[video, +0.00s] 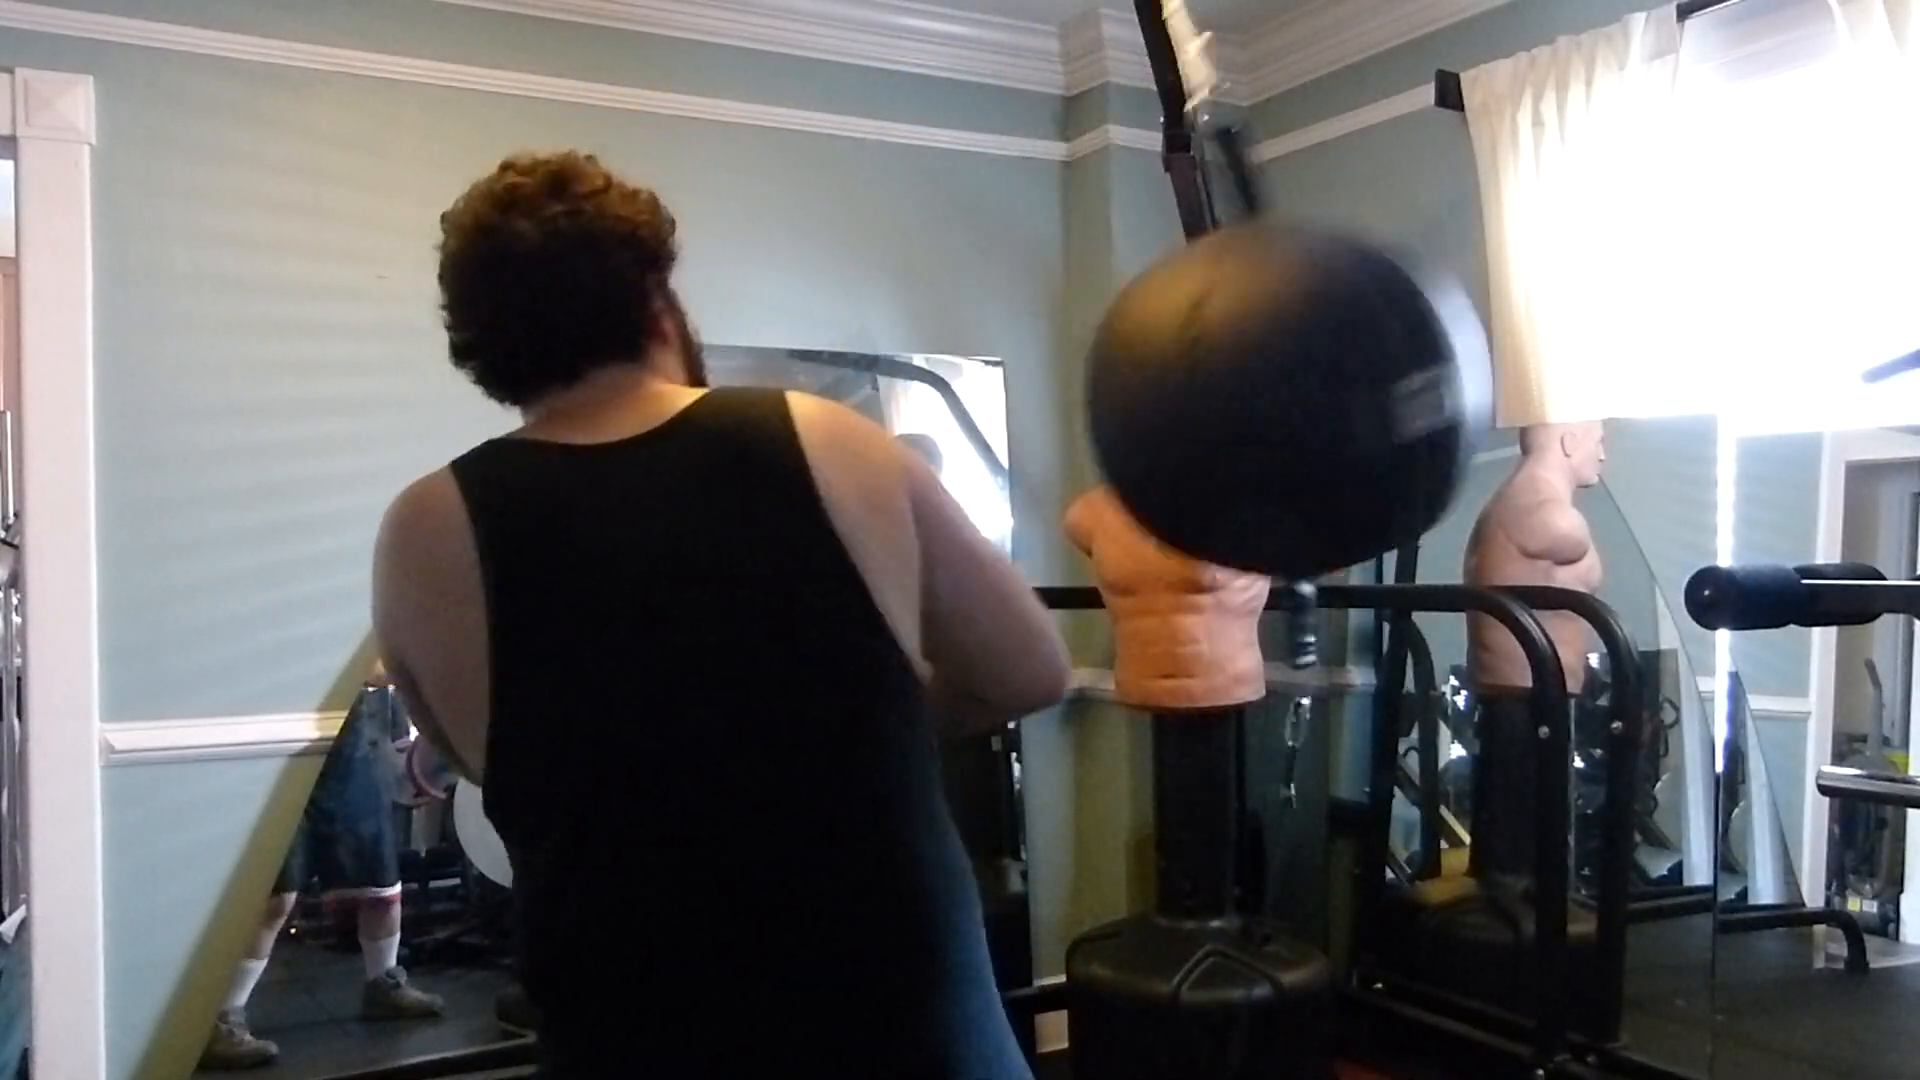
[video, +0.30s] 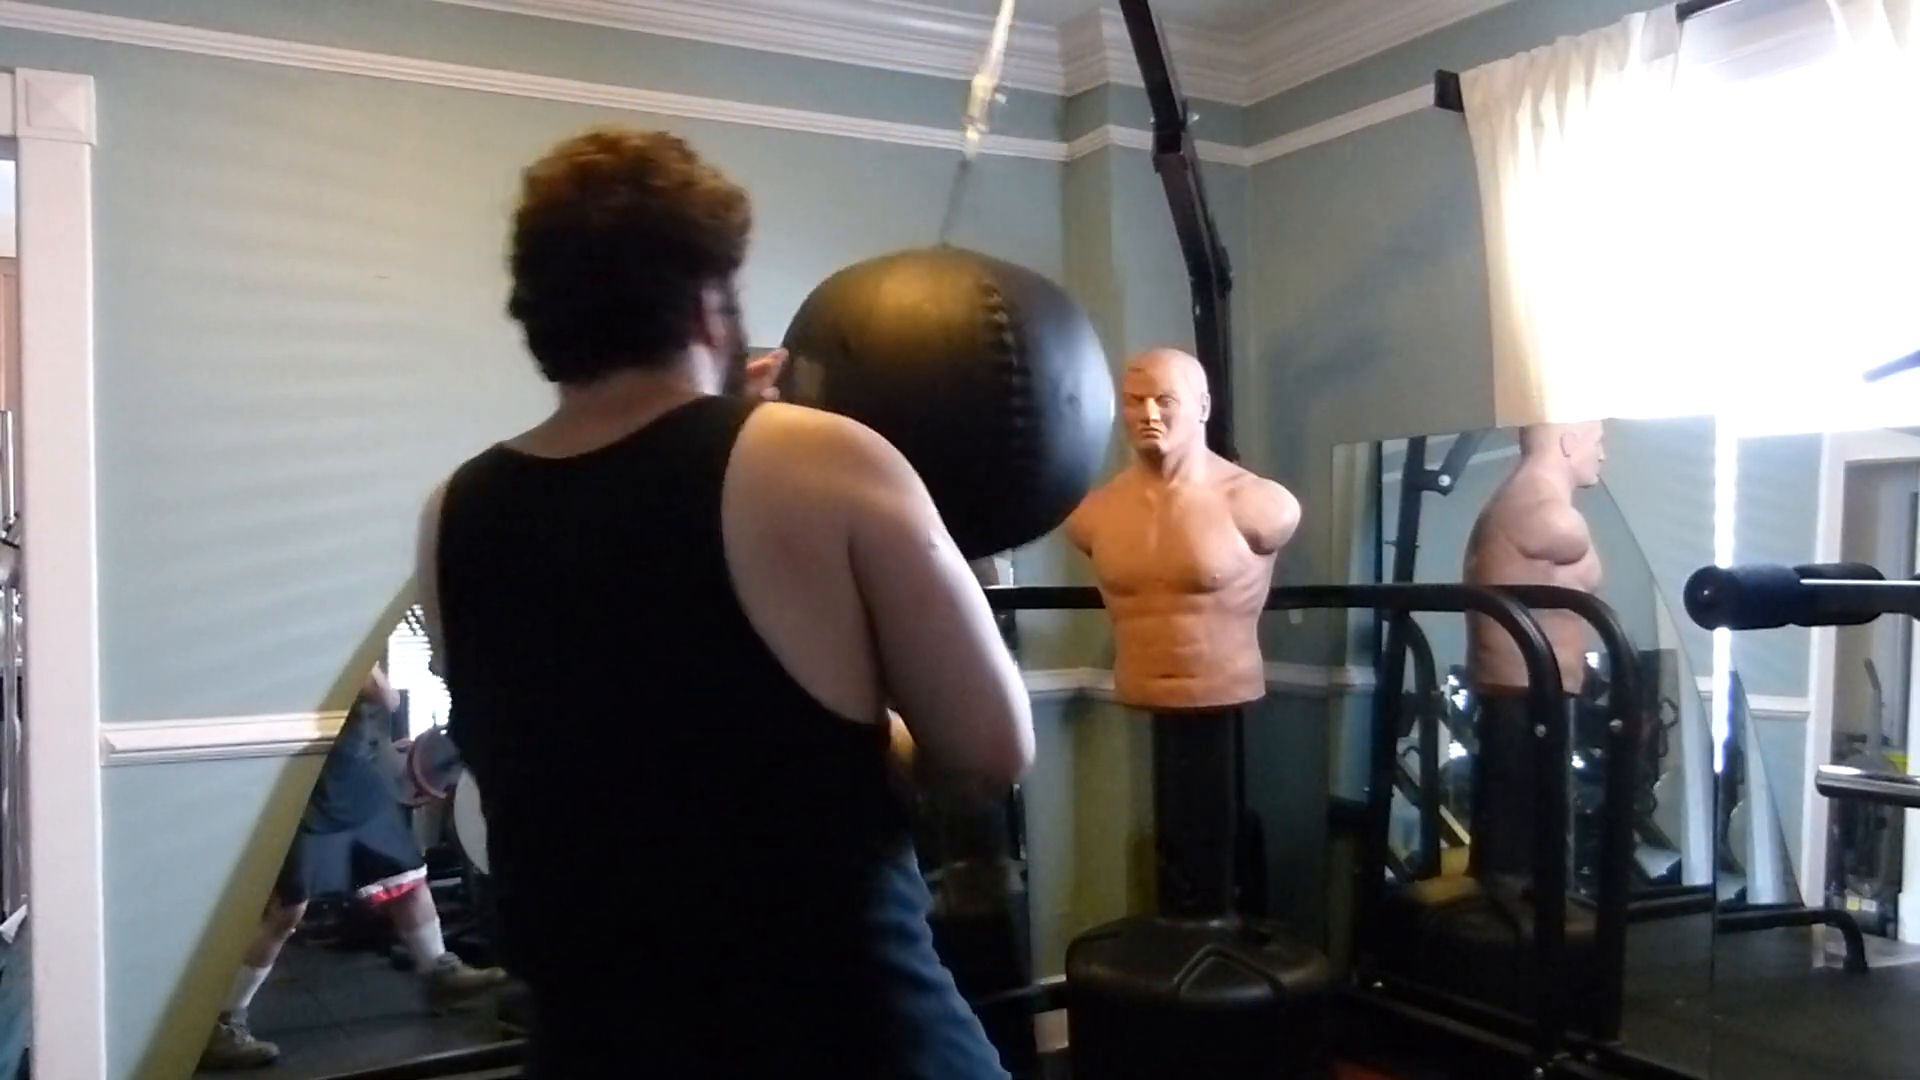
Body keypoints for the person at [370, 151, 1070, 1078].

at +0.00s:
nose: (689, 317)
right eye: (679, 294)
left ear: (483, 355)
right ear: (660, 309)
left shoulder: (425, 534)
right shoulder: (841, 448)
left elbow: (475, 754)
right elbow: (1028, 669)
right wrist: (838, 731)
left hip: (623, 1044)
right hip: (908, 1026)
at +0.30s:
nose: (743, 312)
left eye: (740, 293)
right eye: (736, 291)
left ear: (536, 316)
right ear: (710, 305)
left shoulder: (454, 518)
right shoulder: (835, 466)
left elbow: (533, 757)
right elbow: (995, 750)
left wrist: (716, 430)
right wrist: (855, 745)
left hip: (592, 1028)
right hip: (848, 1023)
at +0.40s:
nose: (839, 319)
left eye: (827, 287)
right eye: (830, 289)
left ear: (629, 304)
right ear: (805, 309)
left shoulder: (545, 501)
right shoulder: (882, 502)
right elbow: (1022, 842)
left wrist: (800, 425)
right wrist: (1008, 921)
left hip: (624, 1012)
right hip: (856, 1022)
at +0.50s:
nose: (943, 327)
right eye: (936, 297)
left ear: (731, 310)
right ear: (914, 321)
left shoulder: (636, 491)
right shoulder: (970, 543)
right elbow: (1065, 853)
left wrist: (887, 430)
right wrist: (1232, 872)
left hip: (684, 1025)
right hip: (922, 1039)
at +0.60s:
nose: (1027, 325)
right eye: (1021, 299)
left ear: (813, 314)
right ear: (1010, 328)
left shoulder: (708, 493)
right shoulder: (1094, 557)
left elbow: (687, 657)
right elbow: (1209, 742)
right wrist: (1230, 591)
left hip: (743, 1030)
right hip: (996, 1043)